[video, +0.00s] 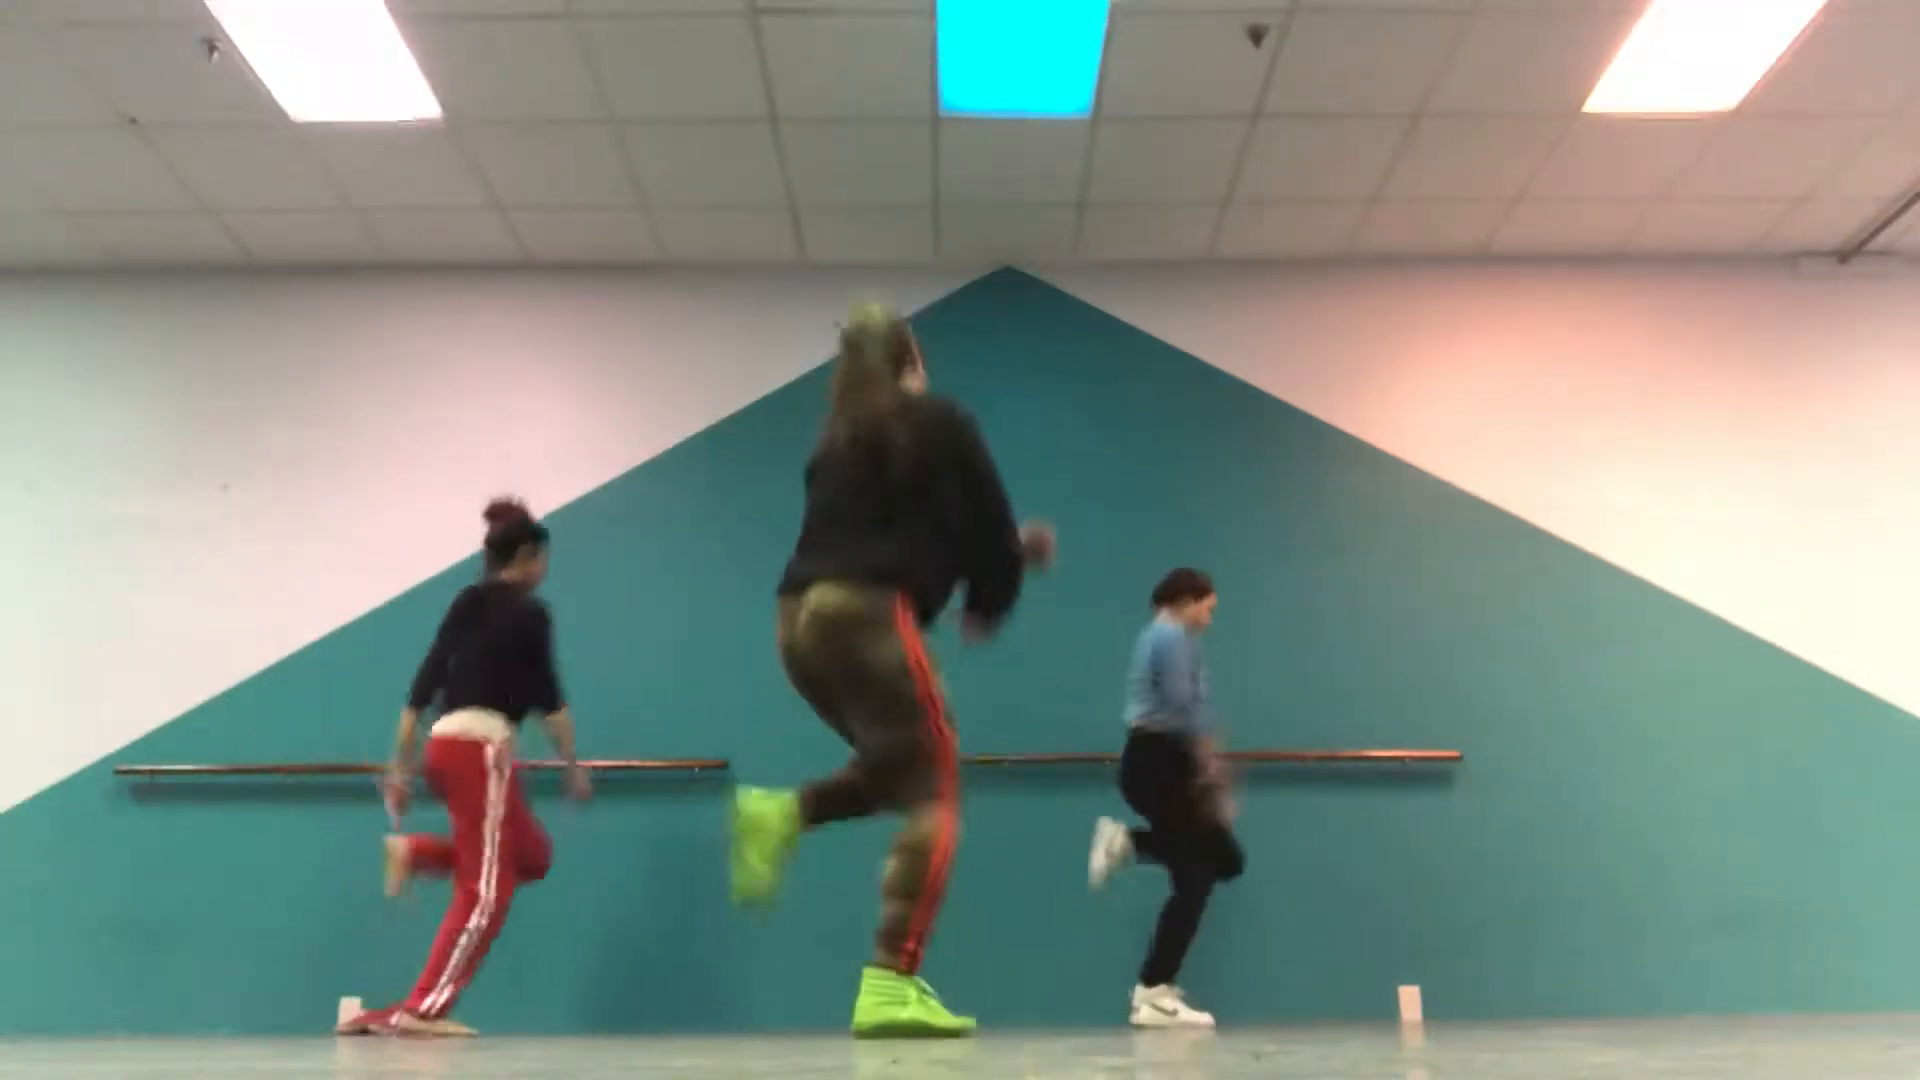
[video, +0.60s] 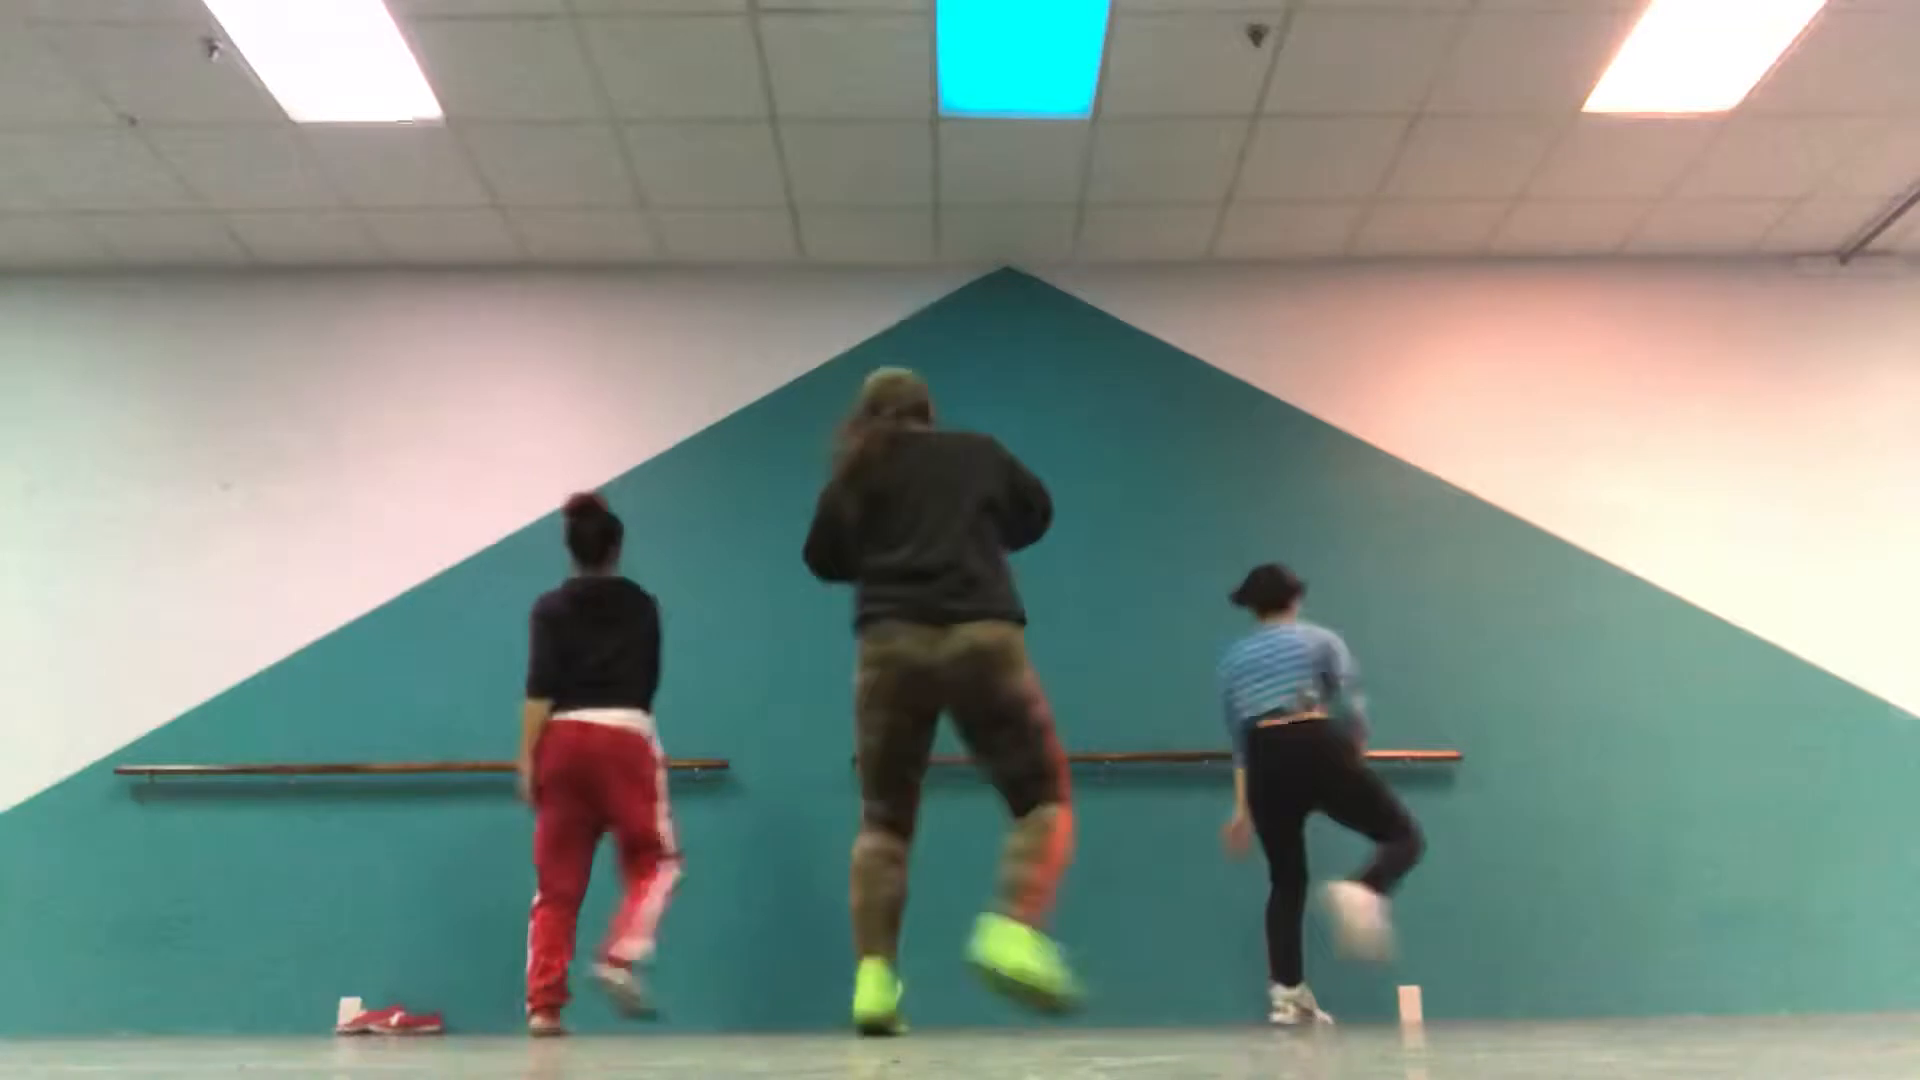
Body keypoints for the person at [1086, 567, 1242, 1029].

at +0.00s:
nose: (1209, 620)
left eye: (1211, 611)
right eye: (1207, 609)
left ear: (1176, 602)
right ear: (1188, 602)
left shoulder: (1161, 636)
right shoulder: (1171, 636)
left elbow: (1182, 709)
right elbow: (1183, 704)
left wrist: (1206, 771)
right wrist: (1204, 757)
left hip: (1151, 756)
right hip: (1159, 756)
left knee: (1221, 859)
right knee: (1200, 869)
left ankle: (1127, 842)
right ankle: (1155, 989)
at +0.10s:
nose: (1224, 595)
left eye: (1225, 587)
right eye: (1223, 587)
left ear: (1180, 580)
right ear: (1211, 581)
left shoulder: (1161, 617)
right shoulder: (1197, 609)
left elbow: (1193, 685)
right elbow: (1234, 663)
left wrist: (1244, 693)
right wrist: (1258, 695)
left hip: (1155, 734)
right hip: (1174, 734)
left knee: (1238, 830)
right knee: (1205, 844)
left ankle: (1156, 876)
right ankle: (1164, 975)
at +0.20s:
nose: (1240, 585)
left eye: (1239, 579)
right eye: (1238, 578)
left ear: (1195, 575)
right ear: (1226, 574)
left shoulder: (1170, 608)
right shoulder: (1221, 599)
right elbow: (1284, 629)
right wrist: (1302, 625)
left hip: (1157, 726)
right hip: (1192, 723)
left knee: (1225, 840)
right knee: (1230, 842)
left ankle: (1221, 948)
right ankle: (1193, 953)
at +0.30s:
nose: (1249, 599)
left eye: (1247, 592)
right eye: (1245, 592)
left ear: (1203, 597)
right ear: (1231, 593)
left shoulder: (1181, 635)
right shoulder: (1243, 621)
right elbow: (1297, 614)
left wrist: (1280, 606)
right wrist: (1302, 597)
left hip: (1183, 743)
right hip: (1225, 741)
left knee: (1225, 871)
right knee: (1231, 868)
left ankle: (1279, 981)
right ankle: (1199, 986)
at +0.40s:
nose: (1264, 599)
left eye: (1261, 593)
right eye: (1262, 593)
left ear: (1218, 601)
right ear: (1255, 594)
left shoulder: (1196, 640)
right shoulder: (1269, 621)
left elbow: (1223, 677)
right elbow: (1308, 626)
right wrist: (1295, 614)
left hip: (1203, 743)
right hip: (1248, 739)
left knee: (1264, 865)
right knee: (1247, 867)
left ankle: (1289, 985)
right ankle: (1198, 979)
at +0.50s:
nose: (1280, 597)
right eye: (1279, 590)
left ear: (1234, 599)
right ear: (1276, 590)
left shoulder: (1217, 637)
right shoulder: (1297, 621)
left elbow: (1214, 695)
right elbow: (1331, 676)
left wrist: (1244, 720)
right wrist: (1323, 727)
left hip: (1238, 742)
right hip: (1289, 734)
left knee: (1280, 862)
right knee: (1346, 849)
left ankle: (1291, 984)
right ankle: (1278, 916)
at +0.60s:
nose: (1299, 607)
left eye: (1291, 602)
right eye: (1298, 601)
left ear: (1253, 608)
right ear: (1295, 602)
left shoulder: (1234, 658)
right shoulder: (1321, 640)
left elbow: (1239, 741)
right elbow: (1354, 706)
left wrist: (1243, 807)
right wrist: (1353, 753)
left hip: (1265, 764)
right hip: (1320, 752)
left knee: (1287, 879)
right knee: (1404, 837)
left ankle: (1287, 990)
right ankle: (1365, 890)